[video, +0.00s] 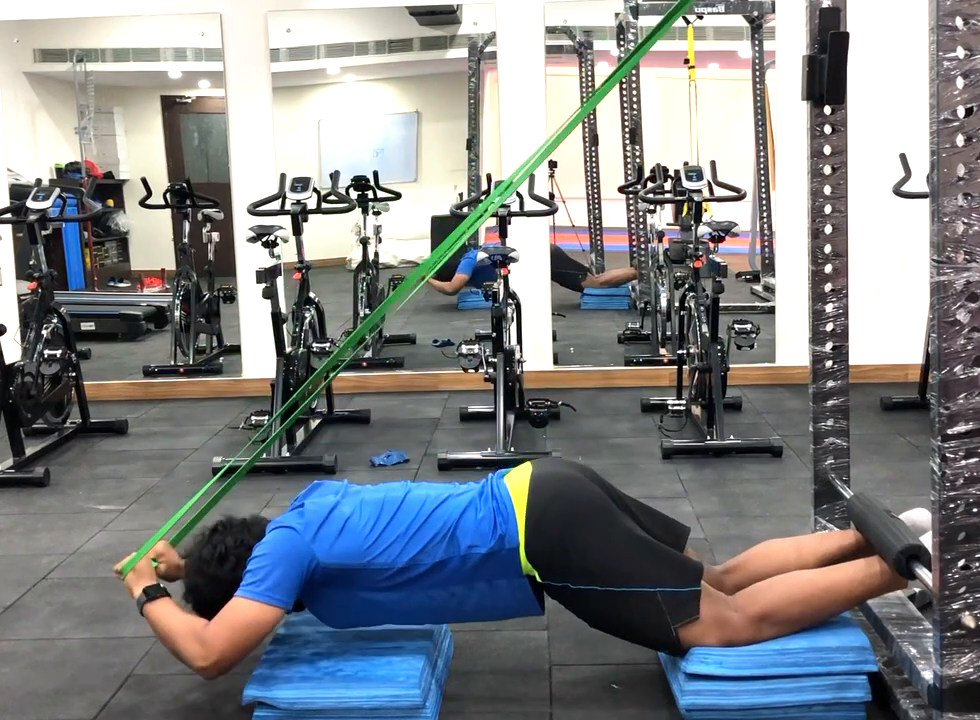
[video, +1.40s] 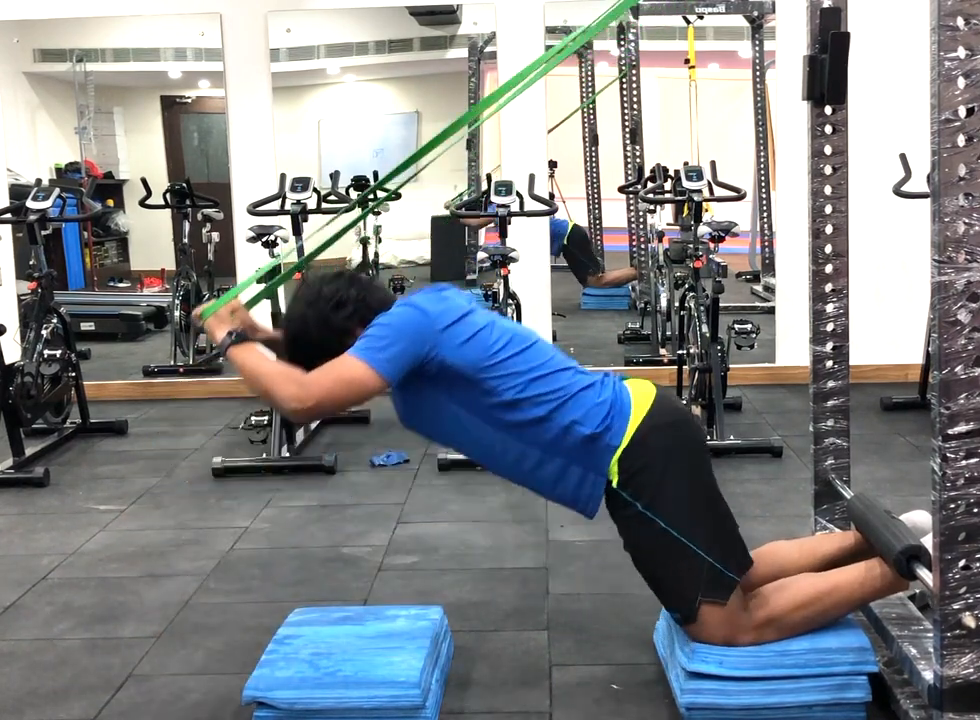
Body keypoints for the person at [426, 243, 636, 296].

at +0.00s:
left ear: (455, 248)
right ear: (463, 244)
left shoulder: (471, 257)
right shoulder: (473, 255)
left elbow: (451, 289)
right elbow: (450, 286)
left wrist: (425, 277)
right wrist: (428, 275)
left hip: (546, 259)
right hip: (544, 257)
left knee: (594, 280)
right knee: (593, 279)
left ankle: (642, 271)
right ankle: (641, 270)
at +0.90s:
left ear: (468, 226)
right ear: (472, 221)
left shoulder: (484, 227)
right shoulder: (492, 222)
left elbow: (459, 253)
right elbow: (462, 250)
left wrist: (434, 242)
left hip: (555, 243)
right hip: (553, 242)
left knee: (593, 281)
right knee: (591, 279)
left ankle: (642, 270)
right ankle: (640, 270)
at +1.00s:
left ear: (490, 200)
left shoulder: (489, 220)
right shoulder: (502, 215)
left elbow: (462, 249)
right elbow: (467, 246)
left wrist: (440, 239)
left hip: (559, 242)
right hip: (556, 242)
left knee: (594, 280)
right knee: (592, 279)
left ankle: (642, 269)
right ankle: (640, 269)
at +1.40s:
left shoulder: (506, 208)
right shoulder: (505, 208)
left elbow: (479, 223)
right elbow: (479, 222)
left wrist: (455, 214)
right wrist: (457, 213)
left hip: (571, 236)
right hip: (568, 238)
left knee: (596, 279)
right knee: (593, 279)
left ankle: (643, 271)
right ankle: (641, 270)